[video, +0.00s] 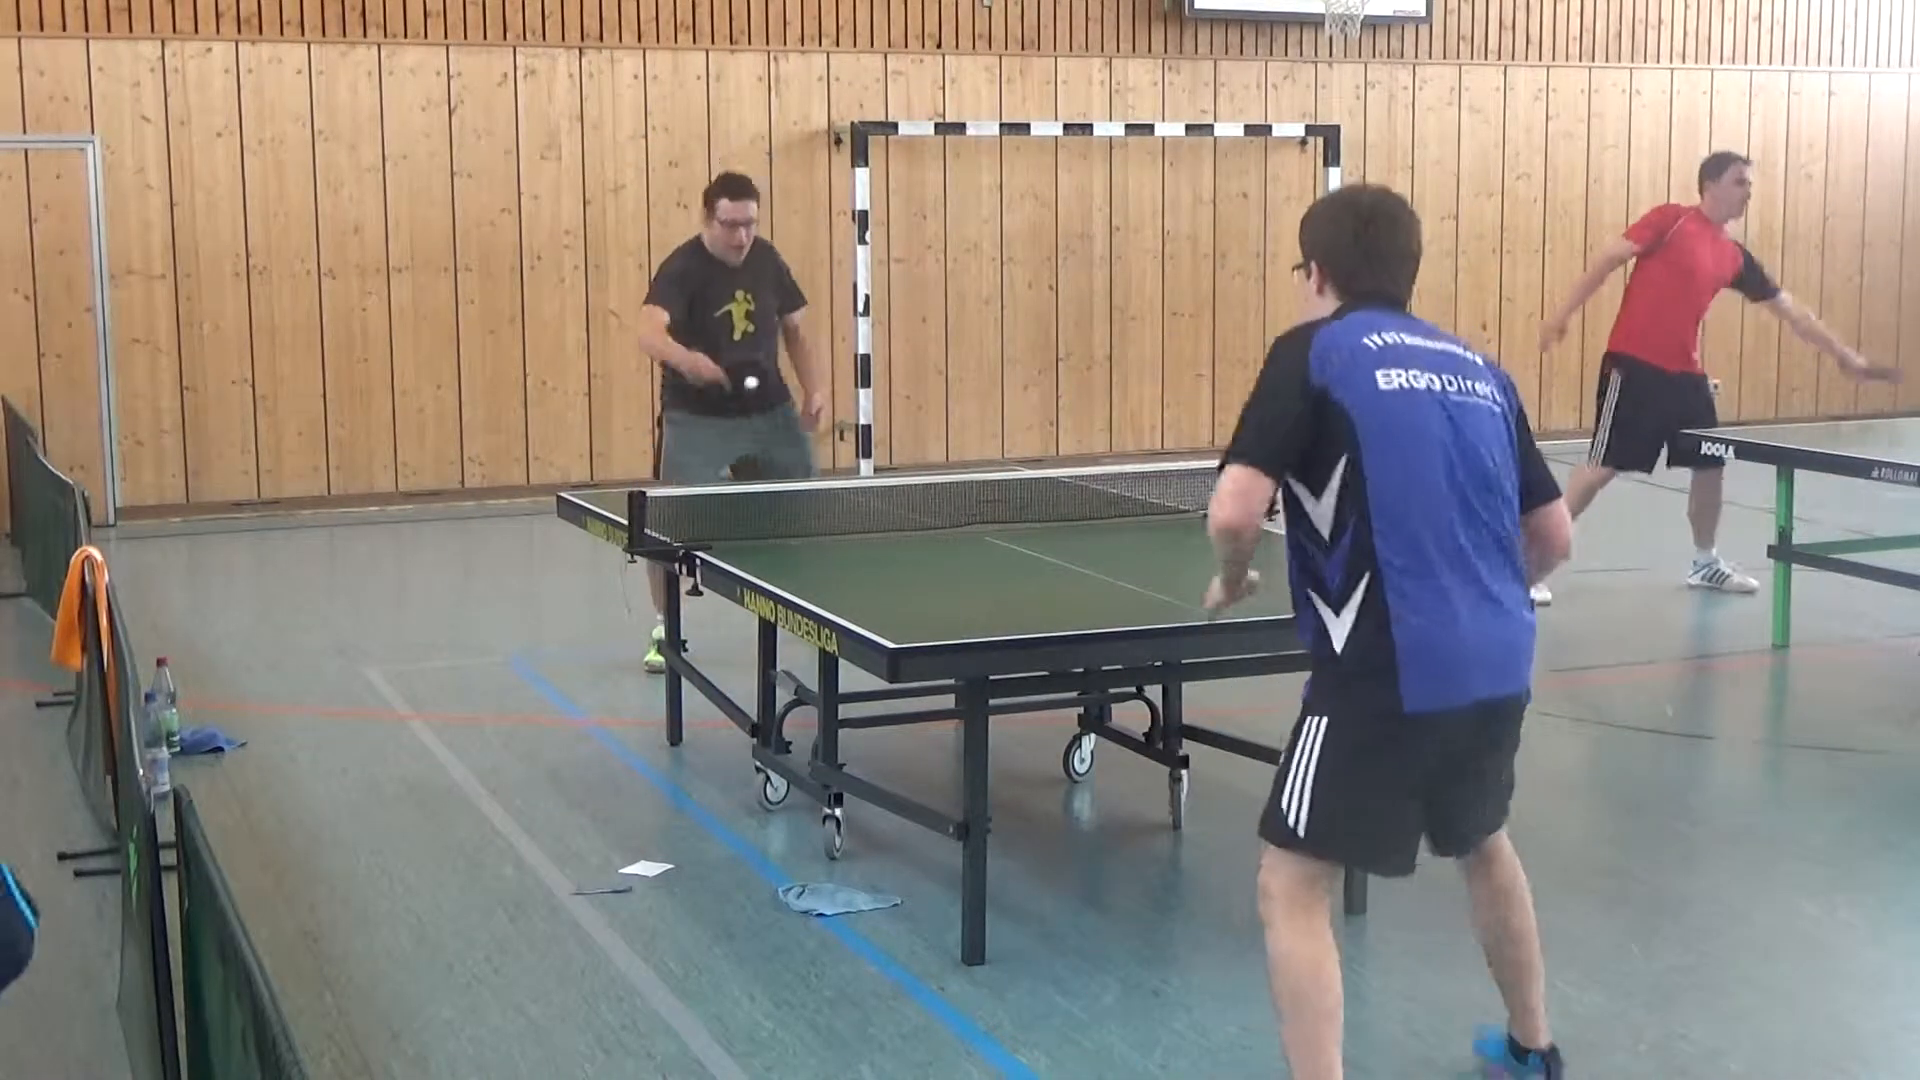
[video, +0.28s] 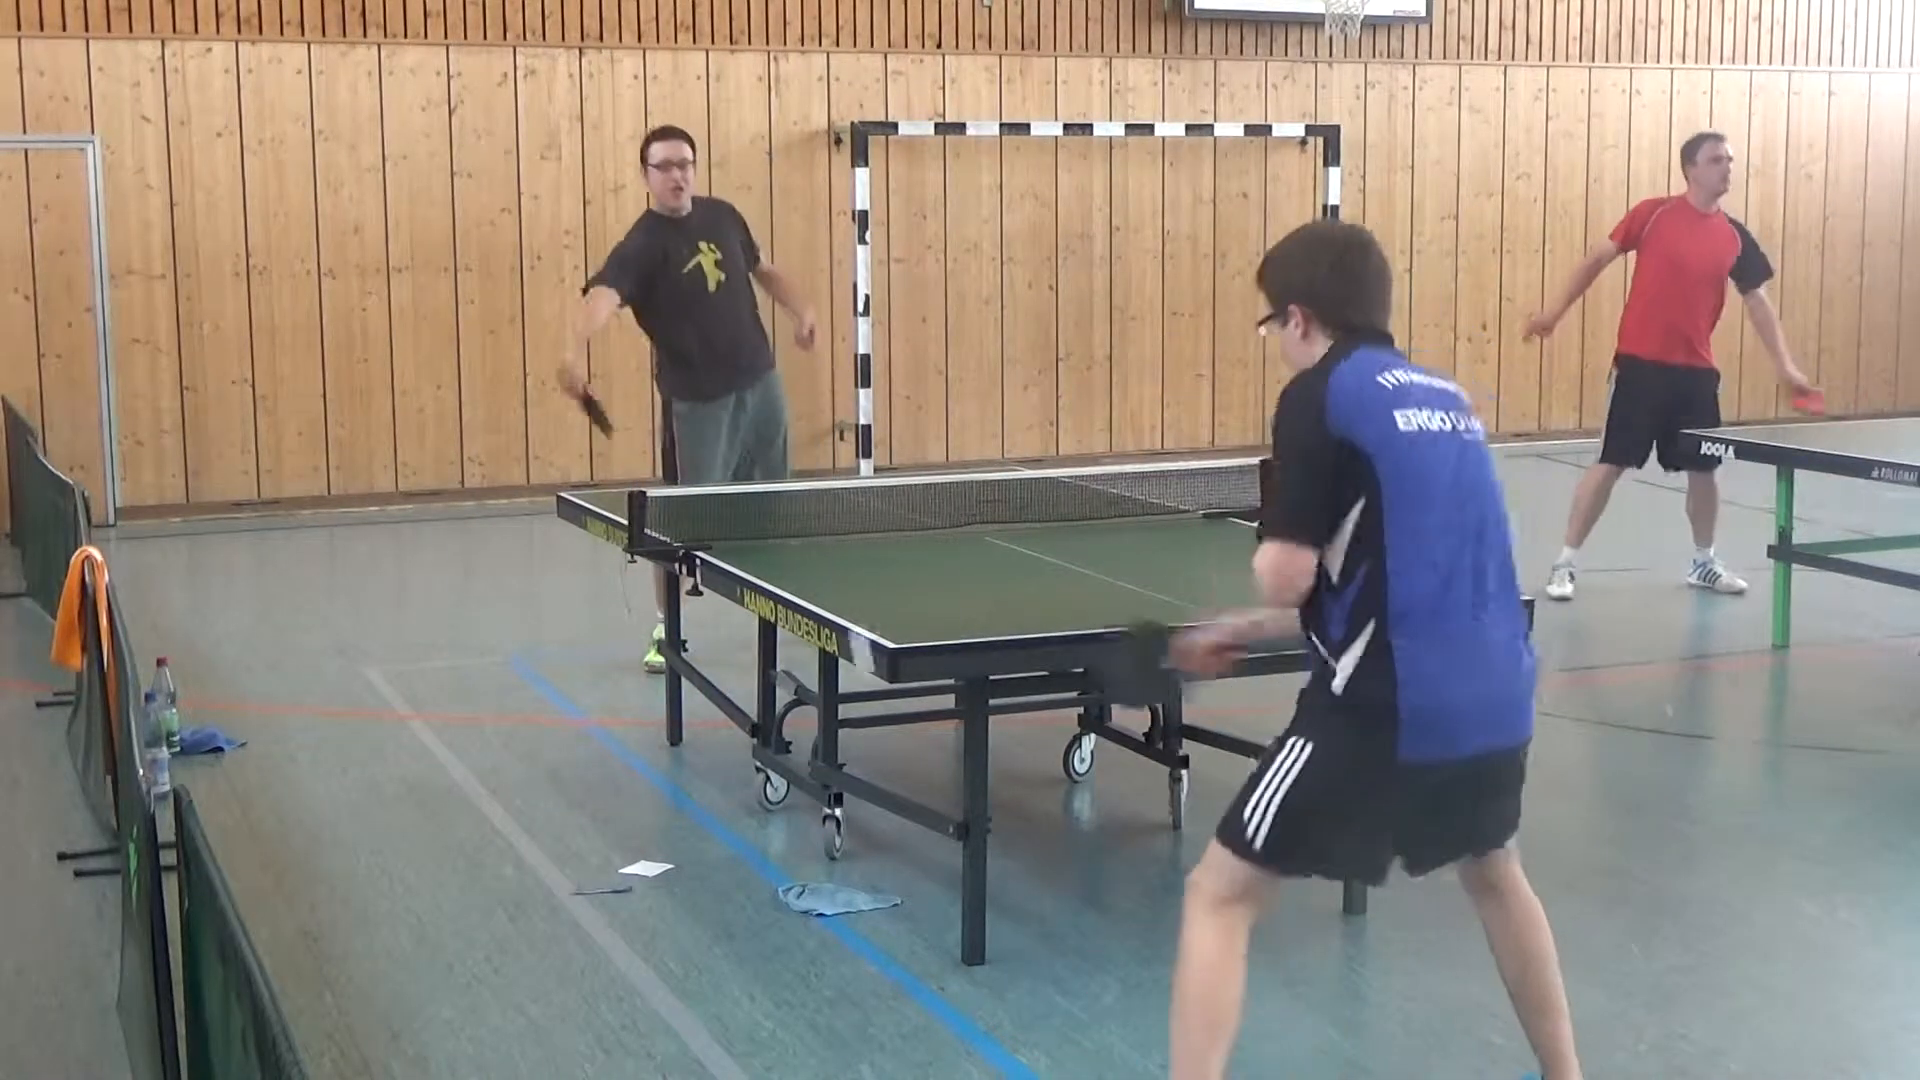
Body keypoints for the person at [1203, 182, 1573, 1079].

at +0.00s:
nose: (1301, 282)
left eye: (1304, 269)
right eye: (1304, 268)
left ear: (1323, 277)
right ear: (1408, 275)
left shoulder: (1310, 353)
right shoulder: (1482, 370)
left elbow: (1235, 514)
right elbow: (1551, 535)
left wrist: (1230, 576)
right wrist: (1486, 587)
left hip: (1382, 674)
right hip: (1497, 670)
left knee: (1293, 883)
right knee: (1484, 844)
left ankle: (1318, 1071)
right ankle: (1535, 1045)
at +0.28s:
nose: (1275, 340)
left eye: (1276, 320)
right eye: (1273, 320)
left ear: (1308, 318)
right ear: (1370, 309)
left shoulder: (1317, 394)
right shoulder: (1437, 391)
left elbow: (1282, 568)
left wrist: (1287, 544)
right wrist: (1242, 629)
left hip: (1379, 712)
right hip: (1496, 707)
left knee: (1220, 895)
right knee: (1496, 873)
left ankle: (1193, 1070)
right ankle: (1565, 1070)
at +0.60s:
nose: (1091, 323)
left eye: (1110, 302)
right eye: (1084, 303)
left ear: (1181, 297)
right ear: (1179, 305)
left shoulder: (1221, 401)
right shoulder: (1193, 392)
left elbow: (1239, 595)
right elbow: (1091, 529)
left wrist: (1116, 672)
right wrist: (941, 548)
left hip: (1245, 736)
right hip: (1319, 718)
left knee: (1083, 939)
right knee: (1358, 887)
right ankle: (1499, 1060)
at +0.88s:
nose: (1038, 276)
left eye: (1065, 253)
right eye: (1026, 251)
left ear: (1132, 257)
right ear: (1012, 248)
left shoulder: (1180, 378)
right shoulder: (1073, 366)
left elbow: (1228, 582)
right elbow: (1080, 554)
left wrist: (1062, 688)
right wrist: (1047, 691)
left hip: (1164, 725)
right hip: (1112, 709)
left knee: (1056, 945)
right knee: (1143, 919)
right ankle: (1229, 1069)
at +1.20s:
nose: (1045, 244)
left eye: (1075, 223)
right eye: (1025, 217)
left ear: (1119, 234)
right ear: (999, 220)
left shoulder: (1181, 374)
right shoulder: (983, 352)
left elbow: (1237, 568)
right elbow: (997, 518)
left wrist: (1055, 633)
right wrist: (977, 670)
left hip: (1117, 745)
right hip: (997, 718)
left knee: (1126, 978)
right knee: (938, 956)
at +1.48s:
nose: (1008, 258)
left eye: (1036, 234)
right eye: (985, 230)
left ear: (1072, 240)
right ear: (942, 232)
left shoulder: (1132, 380)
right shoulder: (881, 376)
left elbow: (1200, 585)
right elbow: (856, 544)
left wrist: (1030, 655)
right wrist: (813, 734)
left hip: (1061, 769)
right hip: (915, 762)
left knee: (1082, 1005)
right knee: (902, 1025)